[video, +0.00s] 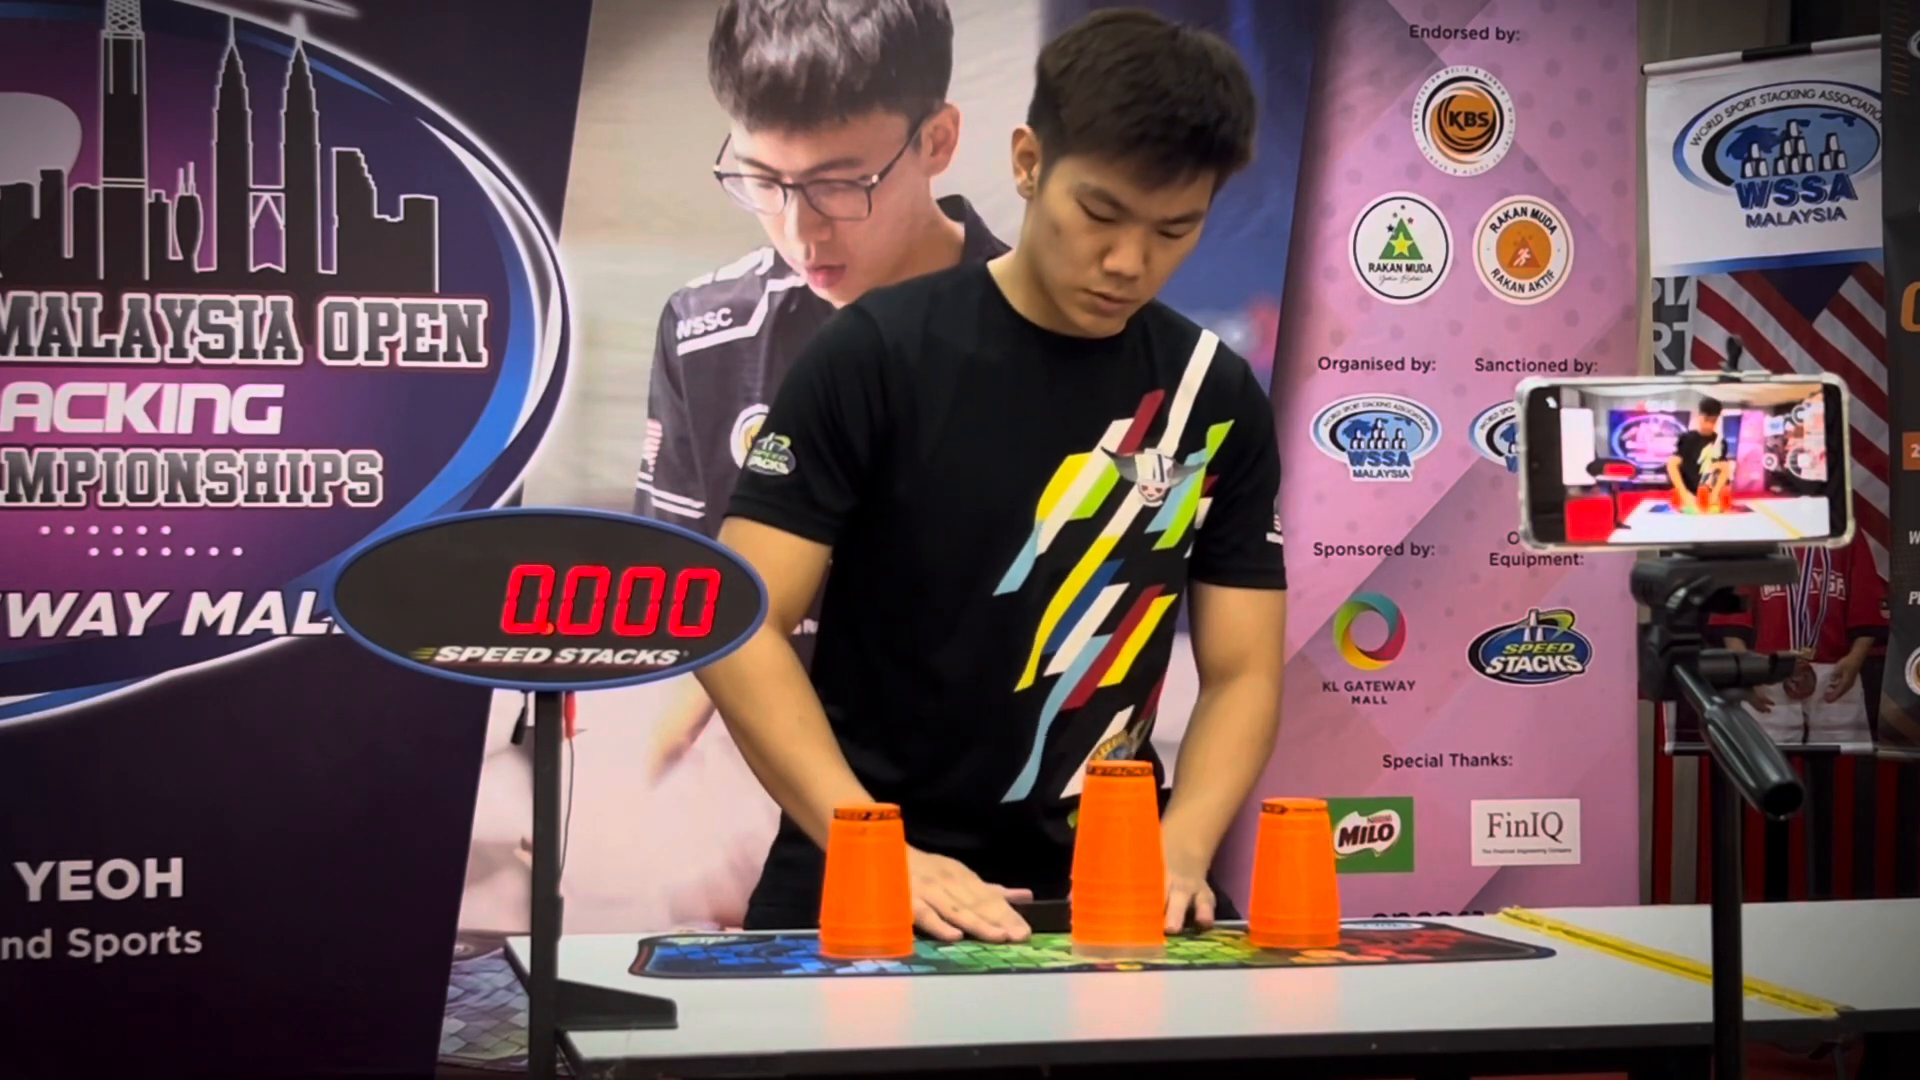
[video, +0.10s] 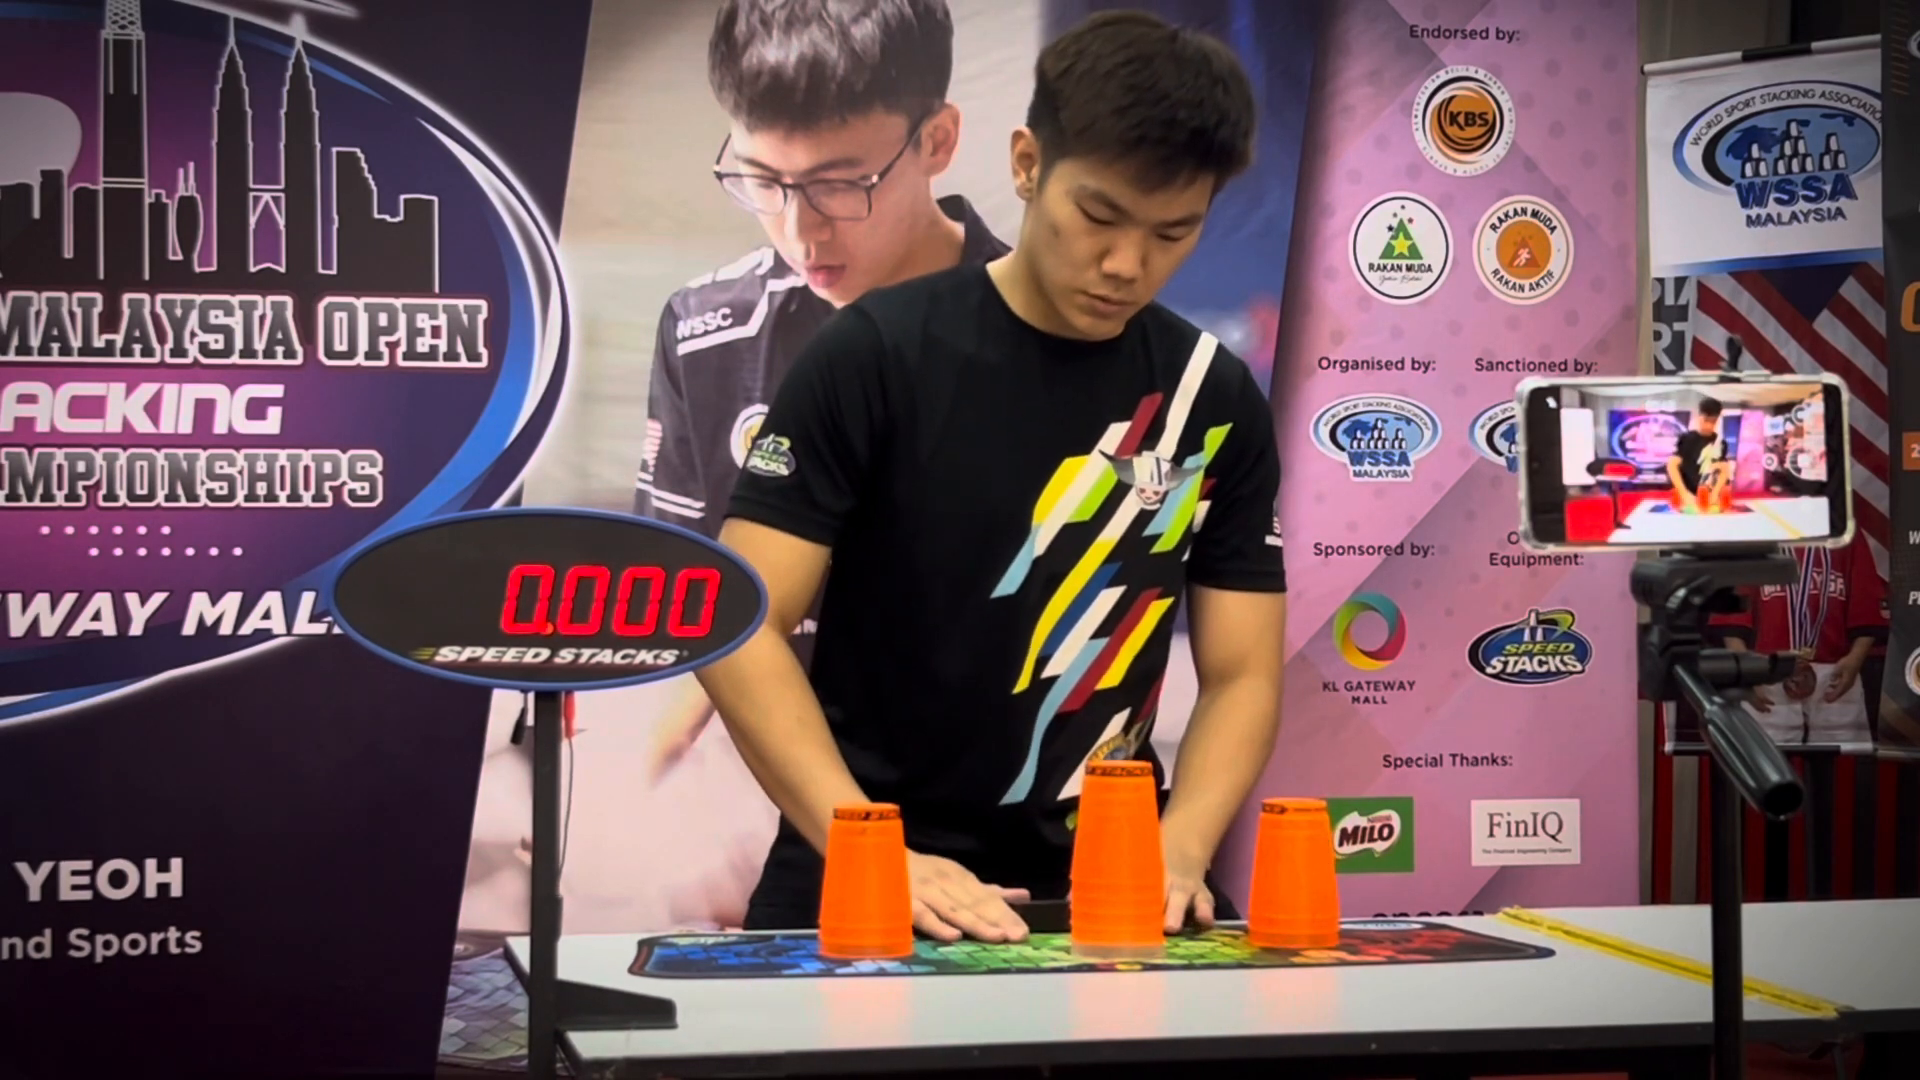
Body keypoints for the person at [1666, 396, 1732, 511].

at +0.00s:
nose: (1709, 425)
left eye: (1713, 421)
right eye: (1706, 420)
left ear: (1717, 420)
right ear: (1700, 417)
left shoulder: (1720, 442)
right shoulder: (1687, 439)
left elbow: (1724, 470)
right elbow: (1672, 465)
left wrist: (1714, 494)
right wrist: (1685, 496)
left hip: (1710, 500)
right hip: (1690, 499)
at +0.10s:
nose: (1708, 425)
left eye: (1713, 421)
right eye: (1706, 420)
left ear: (1717, 420)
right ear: (1699, 417)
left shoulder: (1720, 443)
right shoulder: (1687, 439)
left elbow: (1723, 471)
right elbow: (1672, 464)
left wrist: (1714, 495)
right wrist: (1685, 495)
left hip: (1710, 500)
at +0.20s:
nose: (1709, 426)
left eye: (1713, 421)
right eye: (1706, 420)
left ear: (1717, 420)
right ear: (1699, 417)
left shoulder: (1720, 443)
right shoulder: (1687, 439)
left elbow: (1723, 471)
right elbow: (1672, 465)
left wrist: (1714, 495)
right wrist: (1685, 495)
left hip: (1710, 500)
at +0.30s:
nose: (1709, 426)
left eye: (1713, 421)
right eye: (1706, 420)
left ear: (1717, 420)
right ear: (1699, 418)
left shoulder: (1720, 443)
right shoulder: (1687, 439)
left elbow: (1723, 471)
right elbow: (1672, 465)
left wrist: (1714, 494)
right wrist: (1685, 495)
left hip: (1711, 500)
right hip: (1690, 500)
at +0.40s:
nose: (1709, 426)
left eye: (1713, 422)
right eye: (1706, 421)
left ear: (1717, 421)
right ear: (1699, 418)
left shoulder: (1720, 443)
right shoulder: (1686, 439)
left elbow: (1724, 469)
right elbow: (1672, 465)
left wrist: (1714, 494)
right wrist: (1688, 494)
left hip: (1711, 500)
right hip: (1690, 500)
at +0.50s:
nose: (1709, 427)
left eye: (1713, 422)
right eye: (1706, 421)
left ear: (1717, 421)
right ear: (1699, 418)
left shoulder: (1721, 443)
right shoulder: (1687, 439)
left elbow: (1723, 471)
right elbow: (1676, 467)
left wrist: (1715, 491)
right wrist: (1696, 485)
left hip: (1711, 497)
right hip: (1688, 497)